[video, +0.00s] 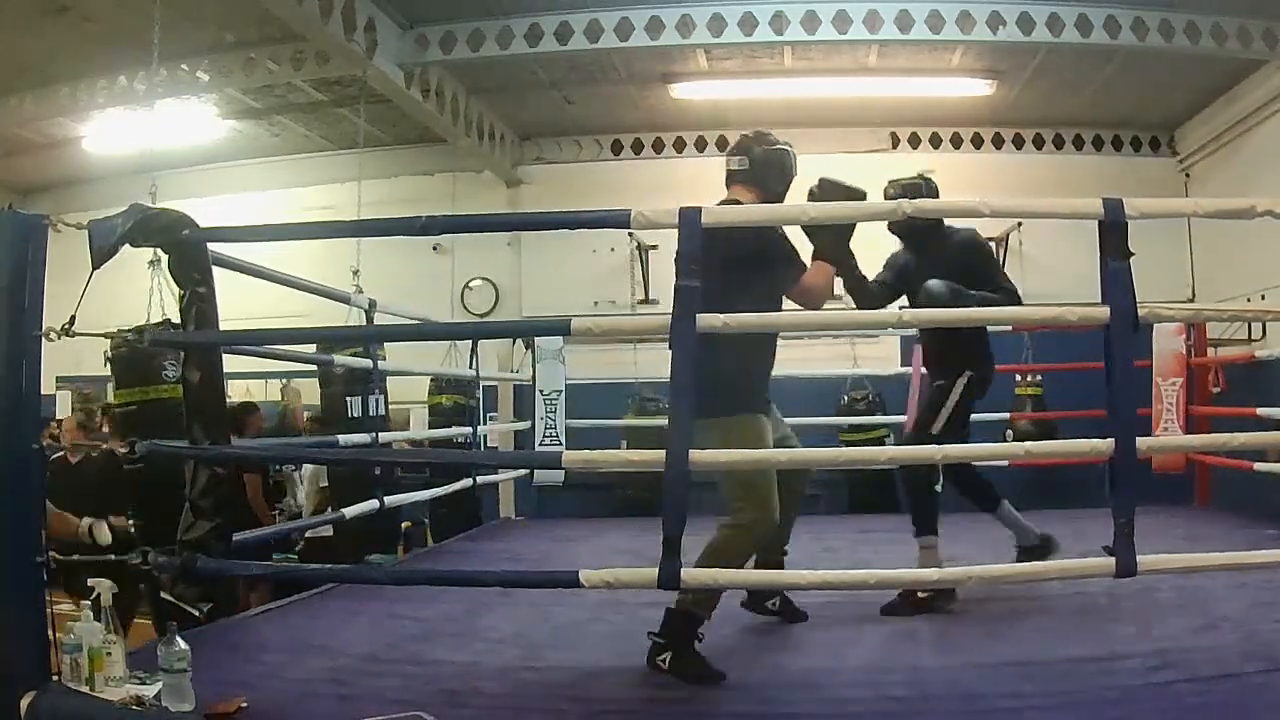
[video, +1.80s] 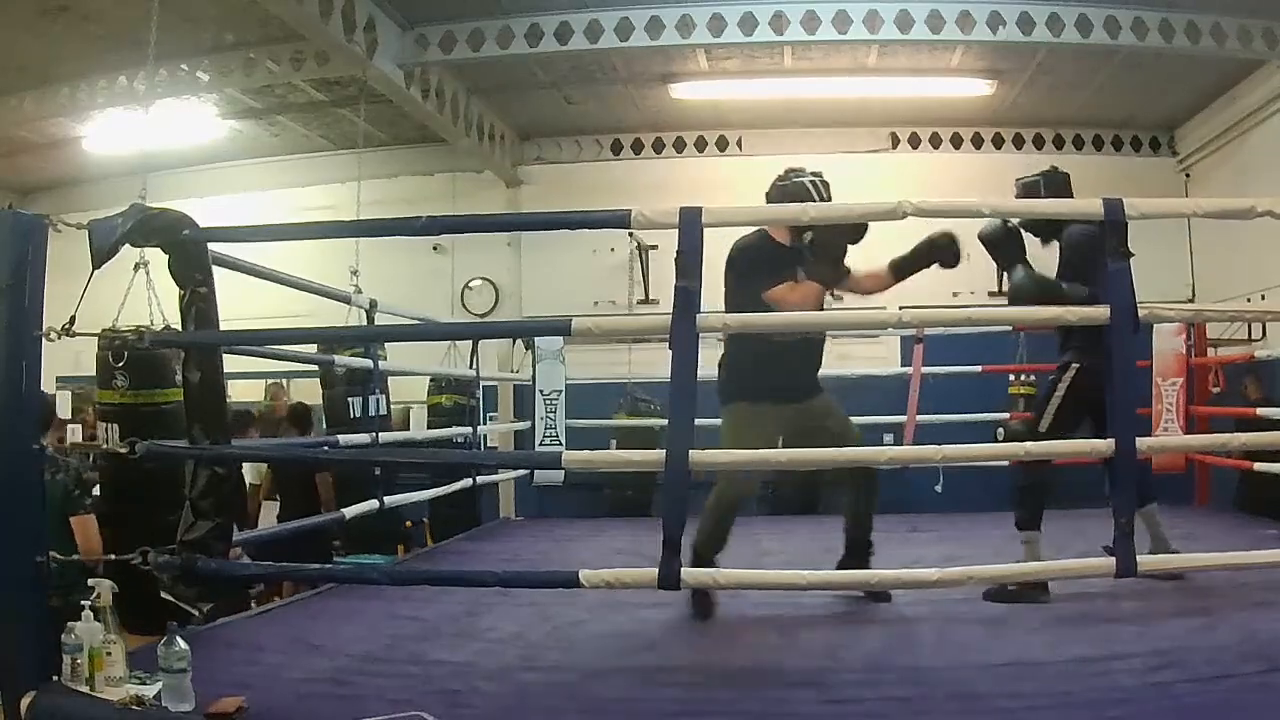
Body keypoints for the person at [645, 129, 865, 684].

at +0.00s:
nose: (789, 189)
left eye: (788, 179)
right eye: (787, 178)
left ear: (735, 172)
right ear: (775, 177)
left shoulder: (712, 223)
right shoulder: (756, 228)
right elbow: (813, 294)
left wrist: (825, 246)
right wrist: (831, 238)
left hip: (734, 396)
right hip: (731, 401)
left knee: (794, 468)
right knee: (754, 516)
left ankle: (762, 586)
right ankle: (675, 636)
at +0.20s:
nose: (823, 230)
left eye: (825, 222)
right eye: (819, 221)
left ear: (783, 207)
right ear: (803, 215)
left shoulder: (788, 253)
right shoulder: (774, 256)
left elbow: (851, 295)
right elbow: (861, 286)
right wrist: (889, 236)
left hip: (770, 409)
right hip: (738, 412)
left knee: (816, 479)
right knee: (769, 521)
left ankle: (831, 573)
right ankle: (677, 635)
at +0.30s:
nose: (850, 296)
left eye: (855, 288)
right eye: (850, 286)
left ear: (821, 262)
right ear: (834, 273)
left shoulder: (814, 304)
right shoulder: (787, 295)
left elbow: (862, 353)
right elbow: (859, 352)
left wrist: (897, 320)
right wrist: (898, 312)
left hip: (772, 426)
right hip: (725, 424)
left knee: (844, 495)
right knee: (759, 507)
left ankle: (834, 582)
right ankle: (685, 636)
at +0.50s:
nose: (866, 318)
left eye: (869, 308)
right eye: (861, 308)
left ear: (865, 295)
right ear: (835, 294)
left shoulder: (832, 317)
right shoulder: (791, 325)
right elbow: (797, 423)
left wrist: (897, 348)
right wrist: (859, 396)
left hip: (782, 434)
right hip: (733, 432)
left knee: (855, 502)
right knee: (749, 504)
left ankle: (837, 583)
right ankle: (682, 636)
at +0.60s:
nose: (844, 272)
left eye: (848, 262)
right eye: (843, 262)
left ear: (812, 243)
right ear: (824, 253)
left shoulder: (799, 281)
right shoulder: (775, 288)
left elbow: (826, 319)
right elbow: (813, 375)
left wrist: (867, 306)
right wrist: (870, 328)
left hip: (773, 414)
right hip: (727, 415)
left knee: (821, 494)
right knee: (749, 509)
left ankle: (835, 579)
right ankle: (682, 639)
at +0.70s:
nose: (825, 221)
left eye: (830, 211)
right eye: (822, 209)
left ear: (803, 202)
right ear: (796, 201)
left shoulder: (788, 249)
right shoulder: (760, 239)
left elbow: (835, 310)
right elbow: (829, 317)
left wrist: (854, 273)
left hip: (761, 394)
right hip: (724, 395)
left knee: (802, 467)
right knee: (756, 496)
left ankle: (801, 580)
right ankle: (681, 624)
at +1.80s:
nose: (814, 222)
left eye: (817, 216)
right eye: (809, 214)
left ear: (810, 215)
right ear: (788, 209)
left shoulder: (808, 255)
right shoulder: (749, 252)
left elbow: (867, 282)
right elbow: (799, 302)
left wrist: (921, 258)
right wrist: (822, 256)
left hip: (804, 393)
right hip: (750, 398)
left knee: (861, 465)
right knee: (741, 477)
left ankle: (855, 563)